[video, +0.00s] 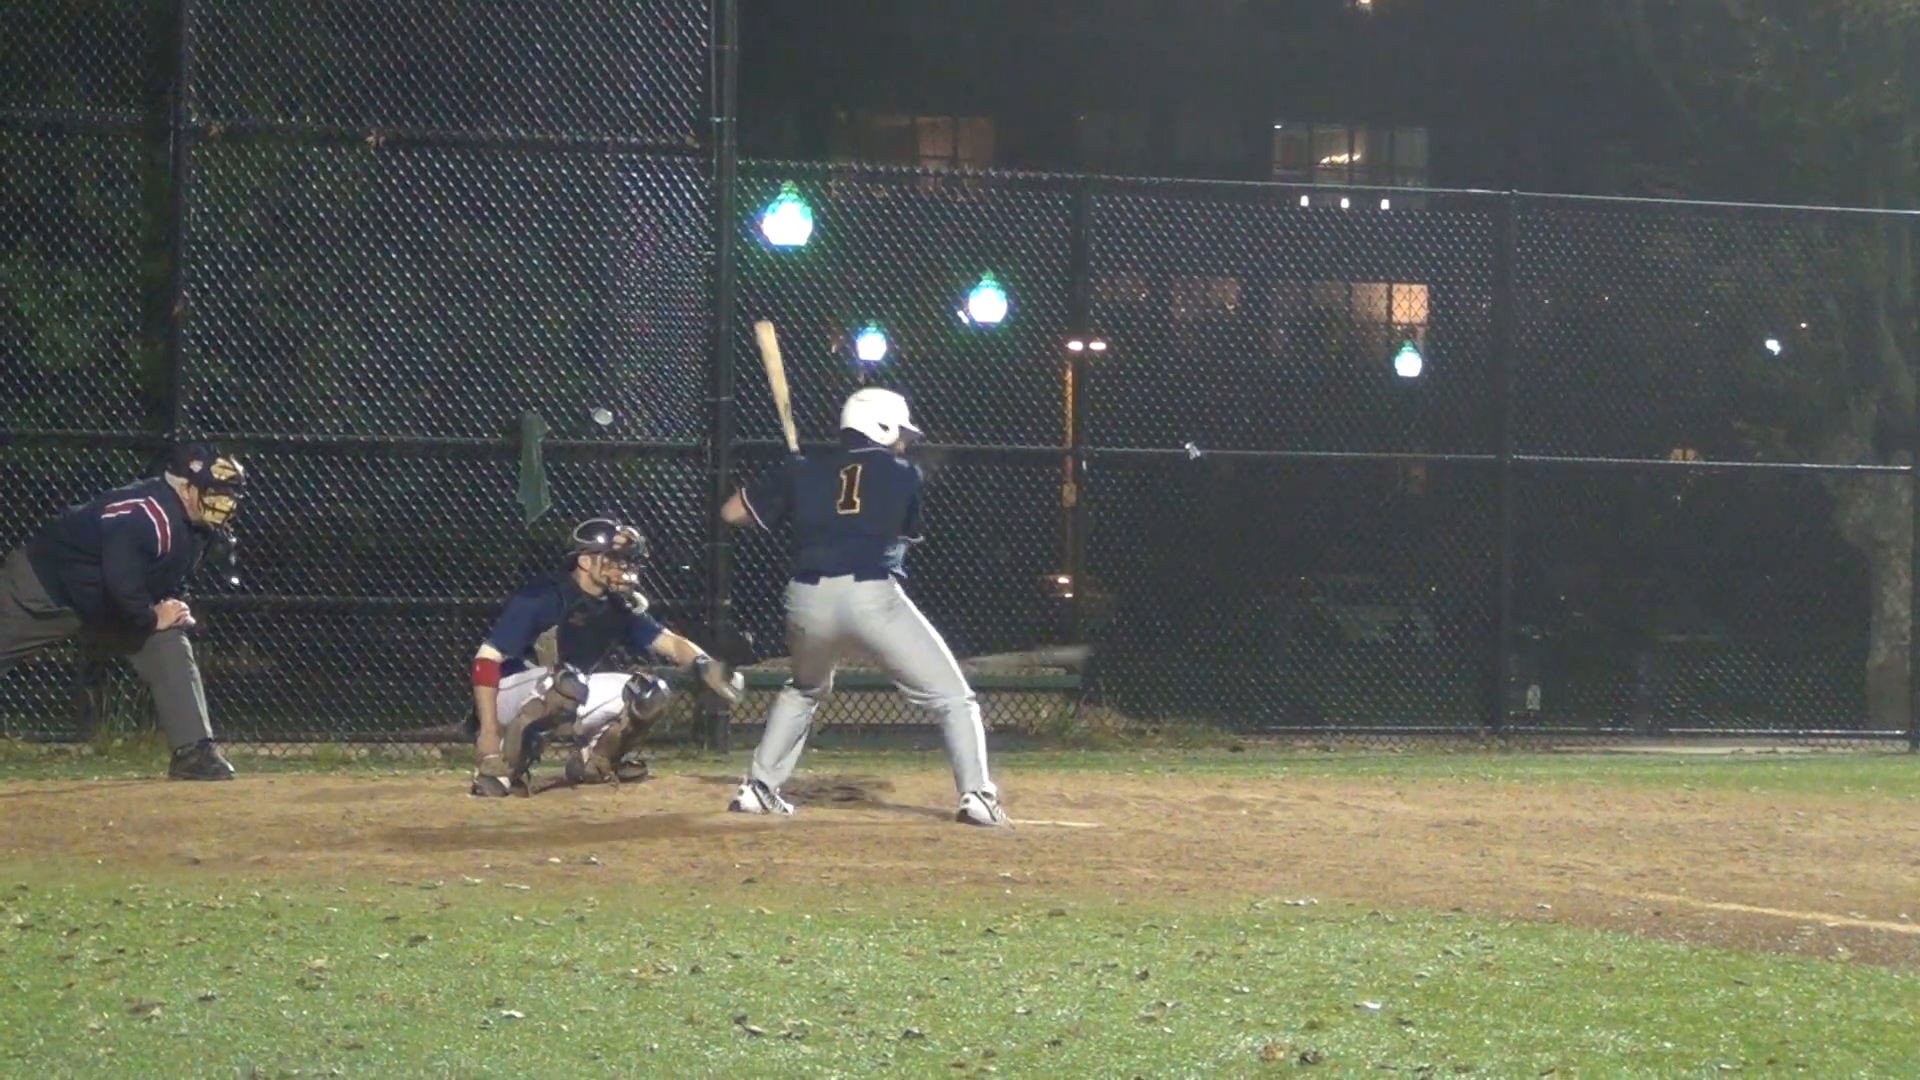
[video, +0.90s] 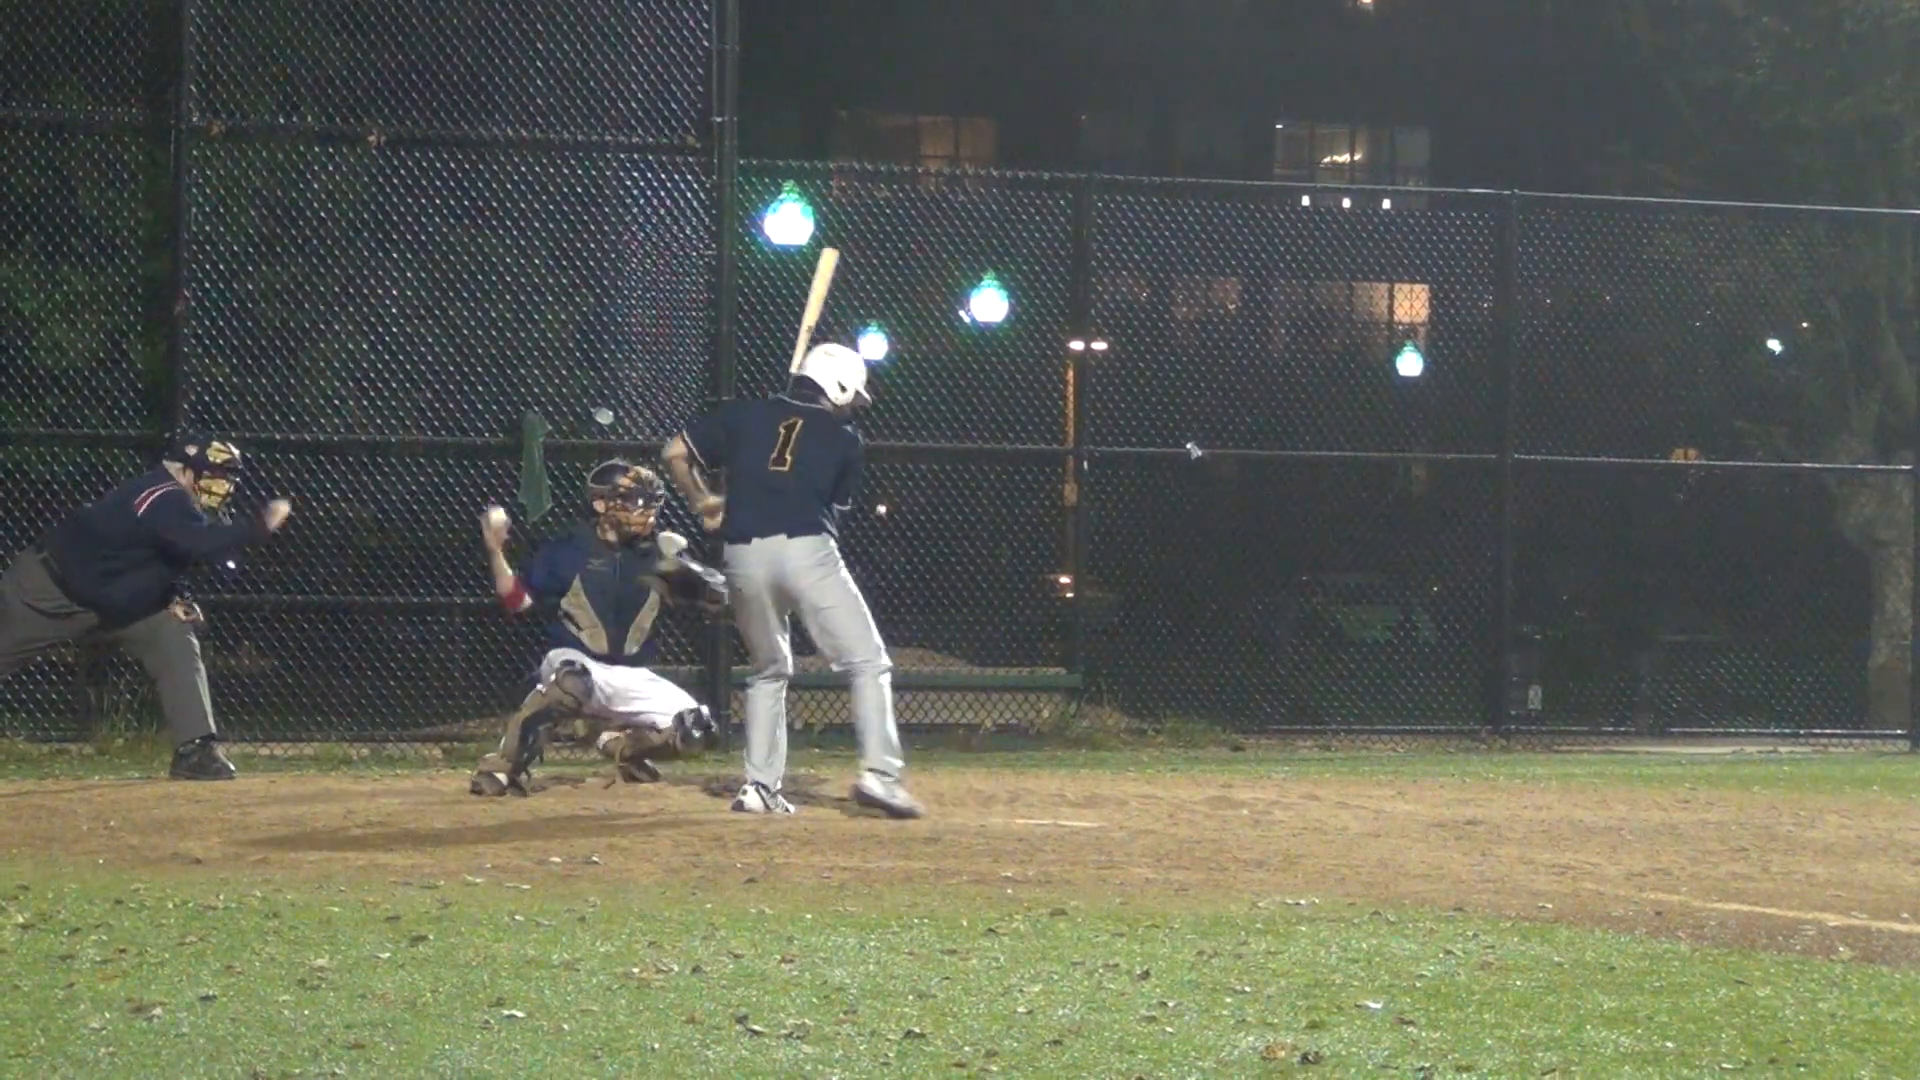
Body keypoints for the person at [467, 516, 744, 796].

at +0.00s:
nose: (623, 569)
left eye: (626, 561)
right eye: (615, 560)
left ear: (627, 563)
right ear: (586, 561)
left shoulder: (616, 607)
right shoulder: (542, 598)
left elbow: (671, 645)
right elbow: (486, 662)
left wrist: (707, 667)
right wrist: (489, 733)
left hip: (571, 695)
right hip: (509, 696)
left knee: (648, 693)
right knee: (566, 683)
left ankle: (593, 764)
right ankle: (501, 771)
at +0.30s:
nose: (620, 563)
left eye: (623, 555)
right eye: (610, 554)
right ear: (582, 554)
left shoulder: (618, 600)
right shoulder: (545, 589)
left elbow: (647, 645)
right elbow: (482, 647)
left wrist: (682, 657)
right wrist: (487, 710)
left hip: (568, 692)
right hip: (505, 692)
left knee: (648, 692)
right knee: (562, 687)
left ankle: (594, 765)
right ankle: (496, 769)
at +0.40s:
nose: (622, 552)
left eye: (625, 545)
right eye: (612, 544)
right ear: (582, 545)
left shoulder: (621, 596)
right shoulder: (541, 584)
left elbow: (645, 649)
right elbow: (490, 642)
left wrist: (667, 659)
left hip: (575, 691)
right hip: (514, 690)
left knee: (651, 697)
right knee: (565, 691)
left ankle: (591, 764)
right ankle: (500, 771)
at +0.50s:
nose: (621, 539)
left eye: (624, 532)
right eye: (610, 530)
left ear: (631, 536)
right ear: (581, 534)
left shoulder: (621, 584)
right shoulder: (542, 580)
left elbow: (655, 652)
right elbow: (501, 645)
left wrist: (637, 626)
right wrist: (555, 638)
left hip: (579, 681)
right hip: (515, 679)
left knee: (657, 695)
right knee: (569, 690)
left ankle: (593, 761)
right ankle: (501, 770)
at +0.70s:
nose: (625, 521)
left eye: (629, 513)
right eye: (613, 511)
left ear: (637, 518)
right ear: (585, 515)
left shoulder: (639, 566)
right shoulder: (551, 564)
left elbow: (667, 638)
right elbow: (522, 641)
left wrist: (639, 606)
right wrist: (548, 611)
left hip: (600, 676)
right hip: (540, 668)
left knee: (678, 707)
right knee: (569, 685)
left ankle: (608, 752)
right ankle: (500, 767)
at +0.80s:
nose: (629, 515)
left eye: (635, 507)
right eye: (618, 505)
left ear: (645, 512)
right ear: (590, 508)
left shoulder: (647, 557)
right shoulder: (567, 551)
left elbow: (692, 620)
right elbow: (523, 628)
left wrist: (667, 583)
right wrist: (520, 590)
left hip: (615, 672)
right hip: (559, 660)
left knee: (688, 717)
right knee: (571, 683)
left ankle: (620, 749)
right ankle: (501, 767)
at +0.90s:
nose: (640, 510)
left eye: (645, 502)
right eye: (628, 501)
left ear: (654, 505)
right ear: (600, 505)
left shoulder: (658, 554)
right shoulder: (570, 550)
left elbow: (716, 599)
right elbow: (518, 602)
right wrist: (496, 551)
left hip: (632, 673)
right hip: (575, 662)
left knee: (696, 725)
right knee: (571, 682)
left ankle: (626, 749)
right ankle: (502, 765)